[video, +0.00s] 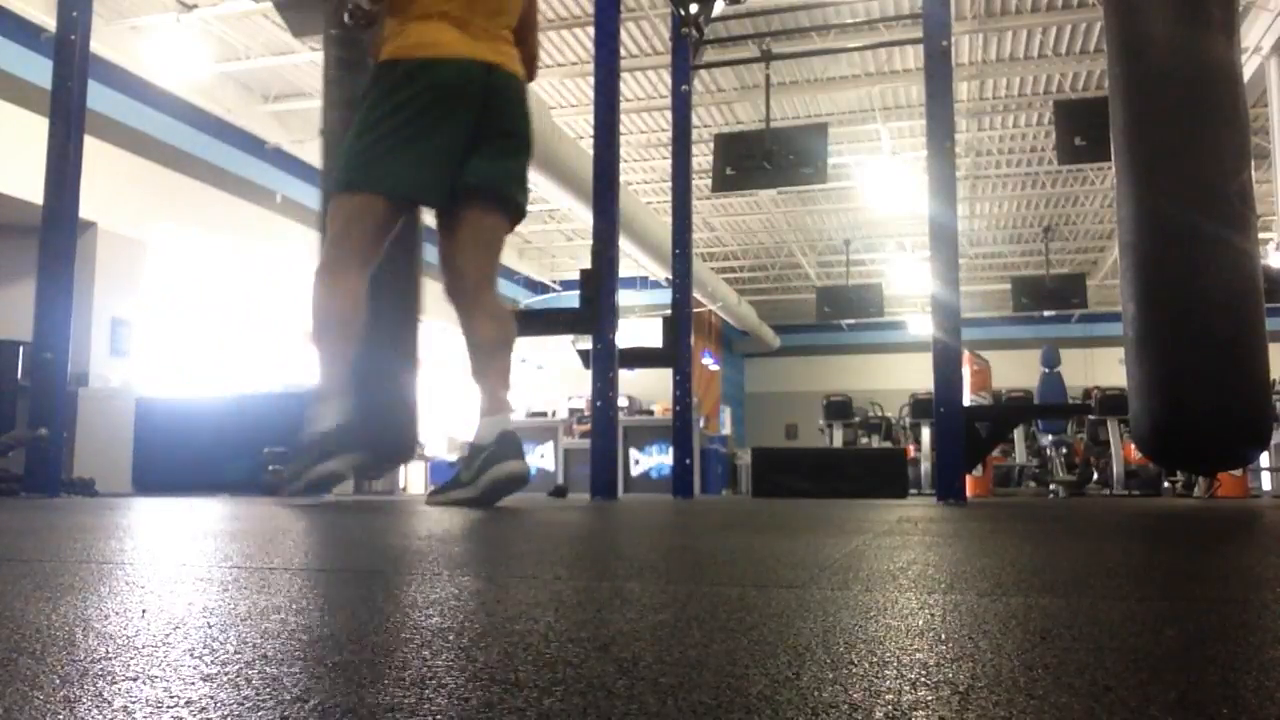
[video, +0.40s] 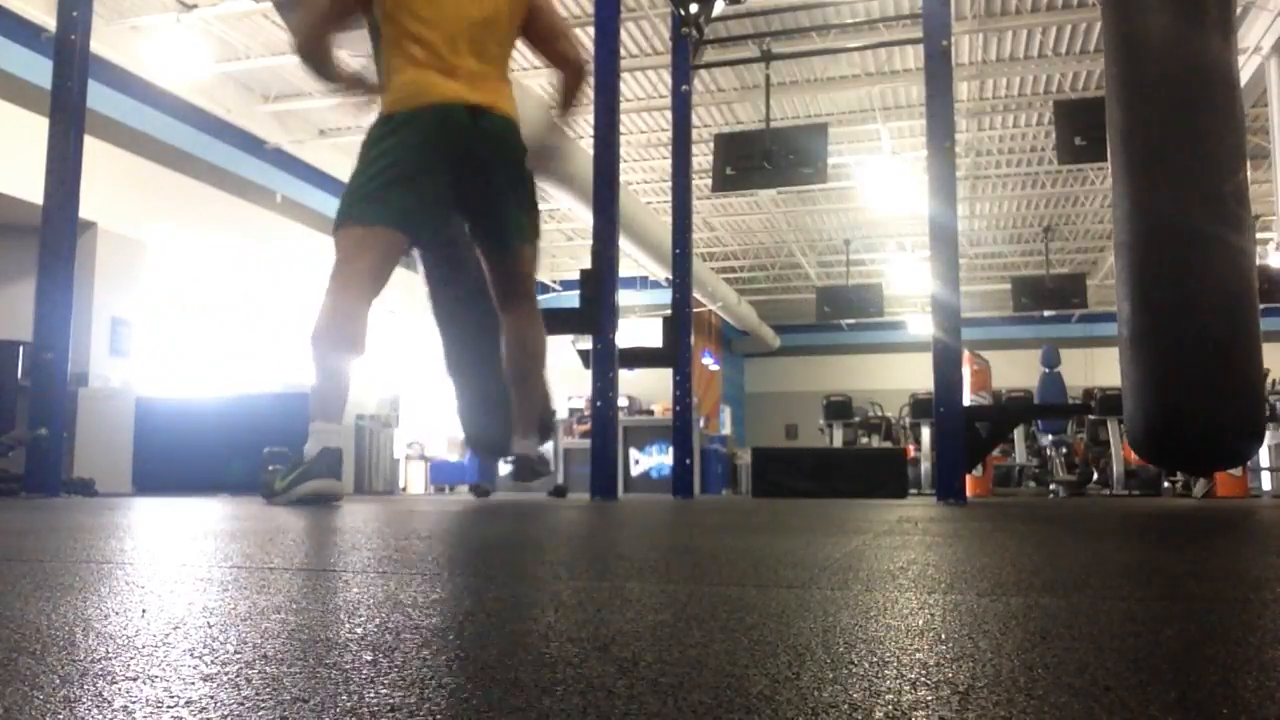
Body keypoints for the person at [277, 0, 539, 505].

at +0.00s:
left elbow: (362, 13)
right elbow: (527, 60)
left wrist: (364, 14)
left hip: (415, 73)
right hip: (503, 89)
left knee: (345, 258)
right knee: (475, 277)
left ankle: (330, 424)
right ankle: (496, 435)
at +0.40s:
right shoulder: (513, 2)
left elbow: (309, 33)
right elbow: (573, 61)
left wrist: (344, 78)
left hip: (410, 126)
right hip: (495, 132)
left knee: (351, 286)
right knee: (518, 297)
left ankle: (323, 453)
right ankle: (528, 457)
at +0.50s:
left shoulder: (402, 7)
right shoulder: (536, 5)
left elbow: (388, 50)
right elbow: (627, 30)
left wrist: (409, 120)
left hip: (423, 156)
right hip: (504, 164)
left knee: (359, 288)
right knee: (530, 320)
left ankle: (319, 443)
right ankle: (530, 470)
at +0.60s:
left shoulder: (445, 6)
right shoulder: (557, 4)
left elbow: (412, 54)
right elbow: (649, 3)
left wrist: (428, 144)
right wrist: (711, 45)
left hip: (447, 173)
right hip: (527, 177)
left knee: (383, 295)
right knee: (547, 322)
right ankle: (537, 462)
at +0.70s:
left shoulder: (464, 14)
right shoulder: (562, 5)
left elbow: (415, 100)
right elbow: (660, 6)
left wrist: (405, 130)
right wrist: (719, 56)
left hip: (487, 174)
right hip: (552, 179)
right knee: (576, 329)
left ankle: (357, 293)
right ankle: (540, 464)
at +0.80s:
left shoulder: (456, 25)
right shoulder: (567, 6)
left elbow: (431, 125)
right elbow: (668, 41)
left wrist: (399, 203)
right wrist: (698, 88)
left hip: (499, 181)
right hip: (567, 186)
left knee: (505, 225)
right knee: (591, 330)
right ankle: (546, 459)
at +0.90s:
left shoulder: (468, 6)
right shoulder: (600, 2)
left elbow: (441, 102)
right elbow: (664, 60)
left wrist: (419, 180)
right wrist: (649, 113)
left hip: (501, 162)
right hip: (575, 163)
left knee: (466, 244)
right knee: (573, 321)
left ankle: (447, 315)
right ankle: (548, 455)